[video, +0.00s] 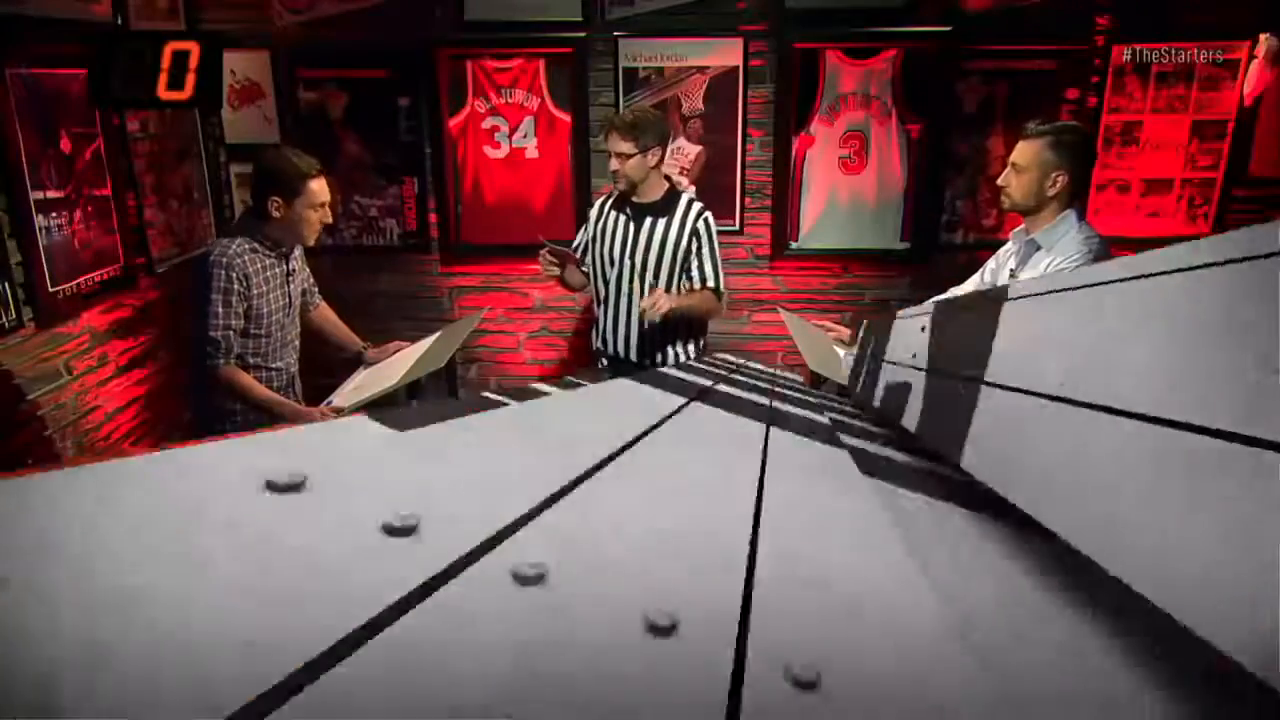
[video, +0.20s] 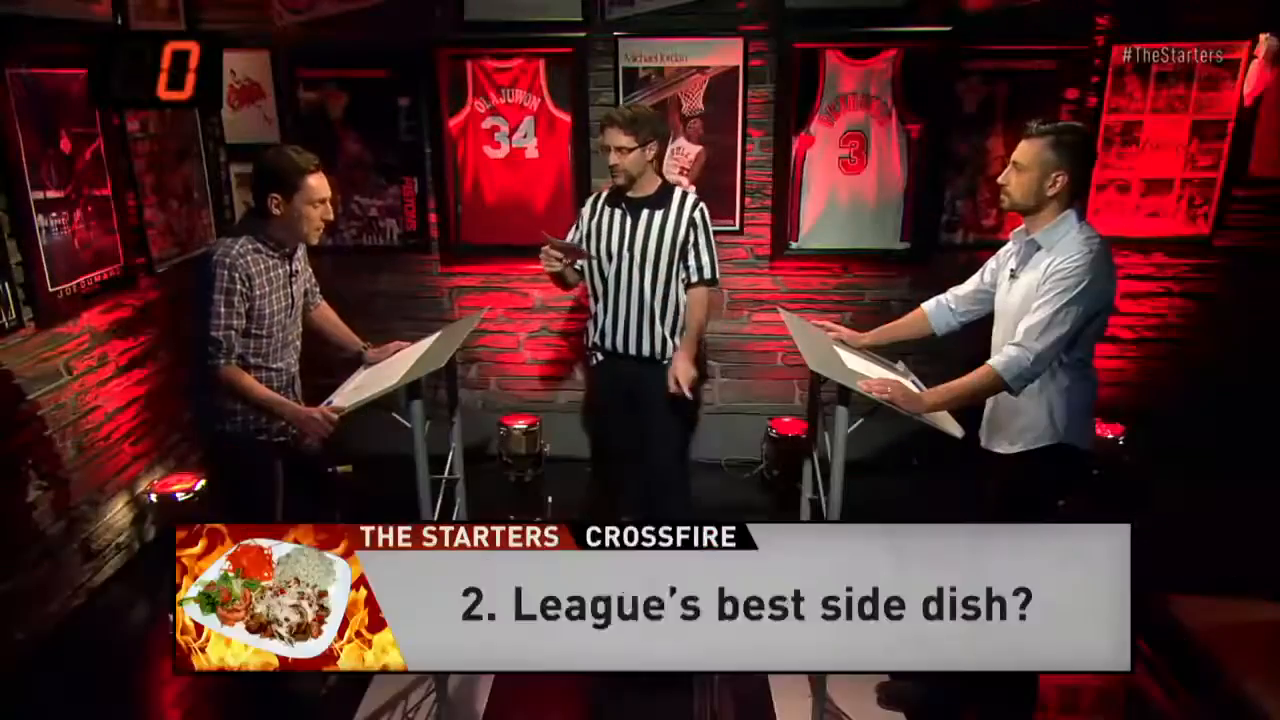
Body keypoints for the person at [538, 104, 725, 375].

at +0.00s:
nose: (612, 167)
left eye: (623, 157)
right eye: (610, 156)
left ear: (654, 156)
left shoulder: (693, 218)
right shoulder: (603, 210)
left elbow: (712, 301)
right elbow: (581, 280)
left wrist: (674, 302)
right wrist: (563, 269)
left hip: (672, 373)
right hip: (611, 367)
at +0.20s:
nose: (612, 160)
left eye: (623, 150)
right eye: (608, 150)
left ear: (652, 151)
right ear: (603, 150)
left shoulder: (687, 208)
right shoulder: (596, 206)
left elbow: (699, 286)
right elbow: (571, 279)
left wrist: (687, 352)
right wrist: (557, 267)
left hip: (664, 370)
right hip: (608, 367)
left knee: (663, 478)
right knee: (610, 475)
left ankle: (665, 558)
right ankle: (612, 556)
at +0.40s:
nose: (611, 157)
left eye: (622, 146)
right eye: (605, 147)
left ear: (648, 148)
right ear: (599, 147)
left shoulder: (682, 206)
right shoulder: (588, 205)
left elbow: (697, 281)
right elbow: (564, 277)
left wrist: (707, 351)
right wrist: (555, 263)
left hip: (660, 362)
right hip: (603, 360)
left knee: (656, 465)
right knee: (607, 466)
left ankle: (660, 556)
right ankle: (610, 555)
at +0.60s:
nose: (615, 157)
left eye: (625, 146)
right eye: (608, 147)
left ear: (646, 147)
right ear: (600, 148)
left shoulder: (678, 203)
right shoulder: (584, 204)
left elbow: (694, 274)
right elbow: (558, 278)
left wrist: (709, 337)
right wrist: (558, 270)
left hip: (658, 355)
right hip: (601, 354)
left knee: (655, 458)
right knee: (606, 459)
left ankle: (657, 542)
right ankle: (610, 540)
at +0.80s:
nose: (644, 152)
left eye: (648, 143)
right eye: (631, 144)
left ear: (653, 145)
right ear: (604, 149)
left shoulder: (674, 203)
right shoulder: (581, 209)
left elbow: (687, 270)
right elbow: (557, 280)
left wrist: (711, 326)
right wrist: (571, 286)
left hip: (657, 354)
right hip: (601, 355)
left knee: (656, 455)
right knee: (607, 457)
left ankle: (656, 536)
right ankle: (610, 537)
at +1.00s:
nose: (648, 149)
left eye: (651, 140)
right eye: (636, 141)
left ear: (654, 144)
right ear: (607, 147)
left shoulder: (669, 202)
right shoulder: (580, 210)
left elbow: (681, 267)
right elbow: (558, 284)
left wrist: (707, 296)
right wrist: (588, 296)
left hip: (657, 355)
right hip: (603, 356)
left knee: (656, 456)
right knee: (608, 457)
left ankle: (657, 536)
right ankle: (610, 535)